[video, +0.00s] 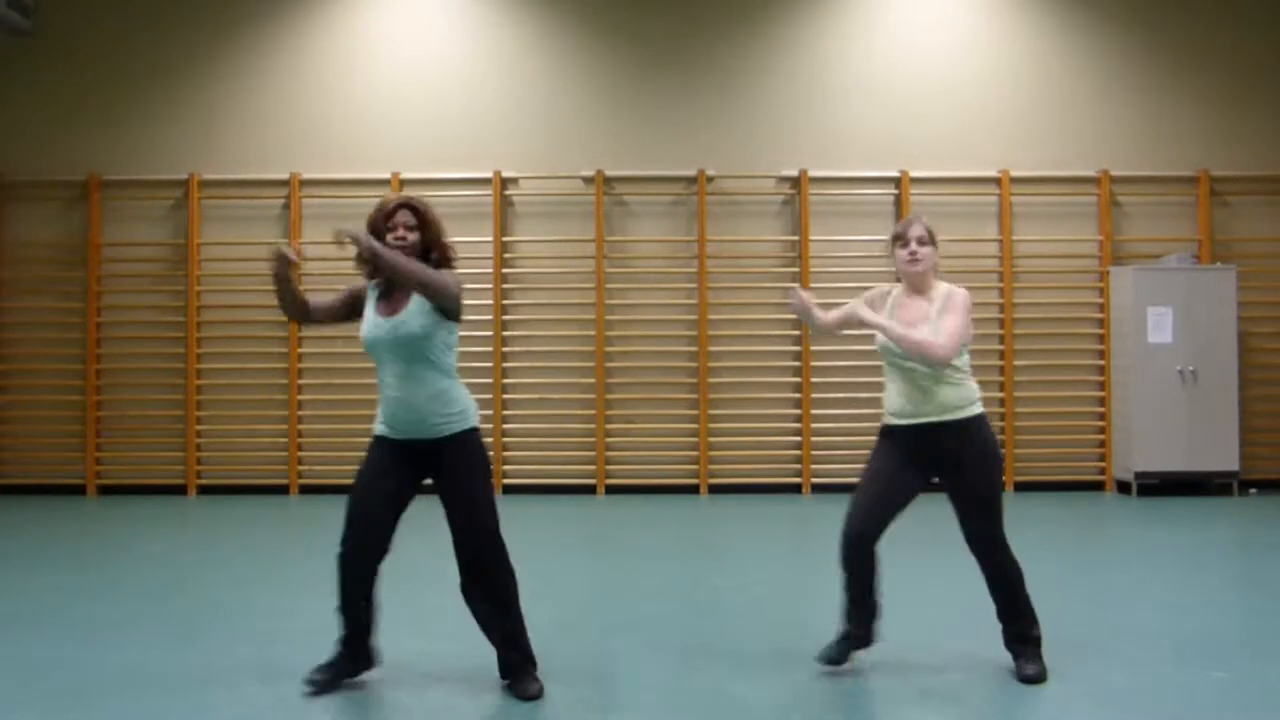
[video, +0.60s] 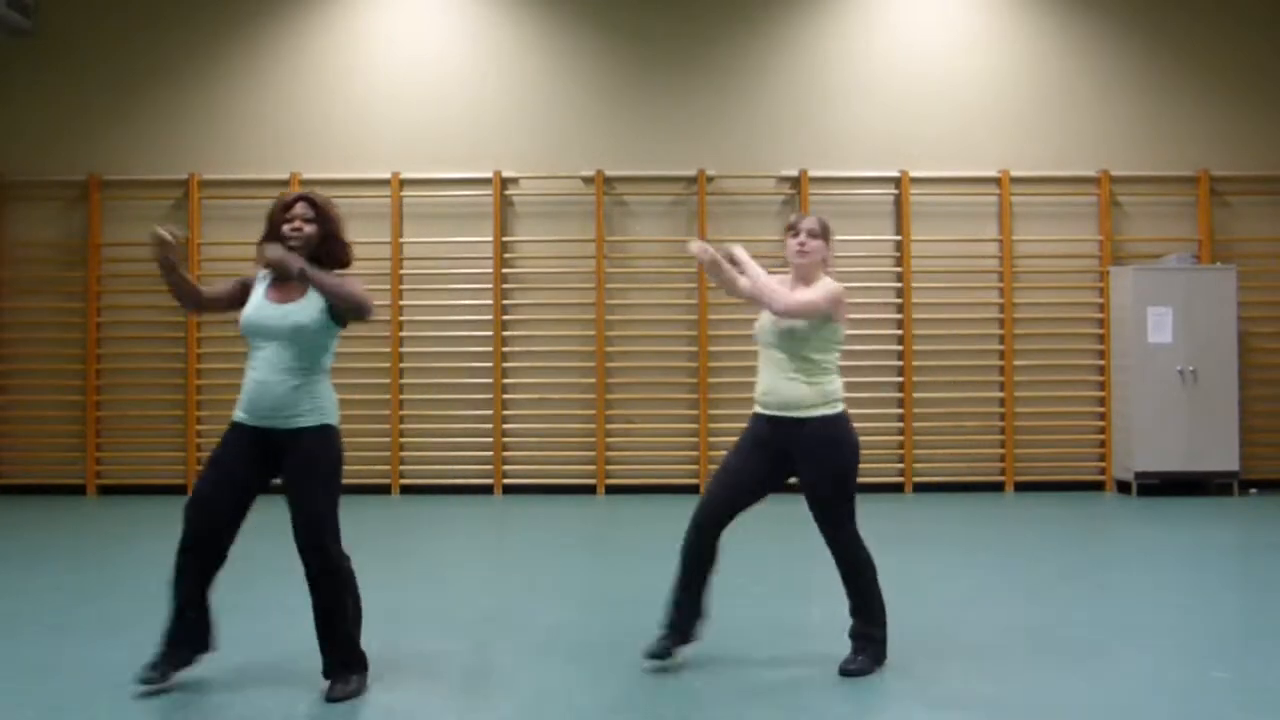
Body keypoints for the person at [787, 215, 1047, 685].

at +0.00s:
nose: (914, 250)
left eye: (922, 243)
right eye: (904, 244)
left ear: (936, 252)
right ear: (893, 254)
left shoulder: (954, 298)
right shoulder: (880, 299)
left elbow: (941, 351)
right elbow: (827, 322)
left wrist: (876, 321)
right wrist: (808, 309)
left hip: (963, 436)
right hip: (902, 439)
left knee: (988, 543)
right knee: (857, 532)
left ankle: (1026, 647)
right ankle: (857, 632)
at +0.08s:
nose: (901, 250)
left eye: (910, 243)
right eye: (892, 243)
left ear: (924, 252)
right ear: (881, 253)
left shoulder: (938, 297)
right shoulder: (869, 297)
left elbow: (902, 334)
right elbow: (811, 309)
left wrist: (845, 296)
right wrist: (781, 279)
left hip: (939, 438)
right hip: (877, 438)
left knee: (970, 544)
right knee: (834, 541)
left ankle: (1023, 644)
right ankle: (824, 646)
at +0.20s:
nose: (879, 251)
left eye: (889, 244)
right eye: (870, 243)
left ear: (904, 253)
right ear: (859, 251)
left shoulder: (912, 301)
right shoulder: (844, 296)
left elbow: (864, 335)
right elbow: (790, 312)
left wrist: (801, 294)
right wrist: (758, 284)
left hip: (896, 438)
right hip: (840, 434)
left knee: (907, 551)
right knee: (817, 552)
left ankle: (985, 632)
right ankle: (827, 648)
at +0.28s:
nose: (863, 250)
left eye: (873, 244)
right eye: (855, 243)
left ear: (887, 253)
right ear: (843, 252)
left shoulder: (896, 301)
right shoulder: (834, 296)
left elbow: (857, 349)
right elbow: (791, 322)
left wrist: (790, 323)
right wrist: (764, 314)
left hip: (880, 434)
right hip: (826, 429)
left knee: (857, 548)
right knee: (811, 549)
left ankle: (915, 623)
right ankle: (827, 647)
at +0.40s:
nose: (839, 249)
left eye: (850, 243)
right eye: (833, 241)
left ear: (865, 253)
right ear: (822, 249)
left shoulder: (875, 302)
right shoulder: (816, 296)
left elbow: (853, 362)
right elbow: (772, 326)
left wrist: (789, 351)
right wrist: (762, 331)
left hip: (856, 433)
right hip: (807, 428)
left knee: (830, 545)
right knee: (776, 536)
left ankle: (868, 643)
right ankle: (820, 636)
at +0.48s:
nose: (826, 245)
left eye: (837, 239)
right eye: (820, 237)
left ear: (853, 251)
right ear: (809, 247)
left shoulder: (859, 298)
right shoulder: (802, 293)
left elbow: (828, 346)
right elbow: (768, 314)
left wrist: (775, 317)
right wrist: (751, 310)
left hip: (846, 435)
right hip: (795, 430)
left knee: (838, 542)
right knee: (737, 520)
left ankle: (869, 647)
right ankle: (781, 619)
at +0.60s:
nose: (803, 241)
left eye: (812, 236)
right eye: (796, 234)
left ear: (827, 248)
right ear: (785, 244)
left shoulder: (831, 292)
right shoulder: (771, 285)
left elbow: (783, 305)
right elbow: (736, 284)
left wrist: (744, 262)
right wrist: (711, 262)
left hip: (823, 433)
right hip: (767, 431)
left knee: (843, 539)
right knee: (706, 519)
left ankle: (870, 644)